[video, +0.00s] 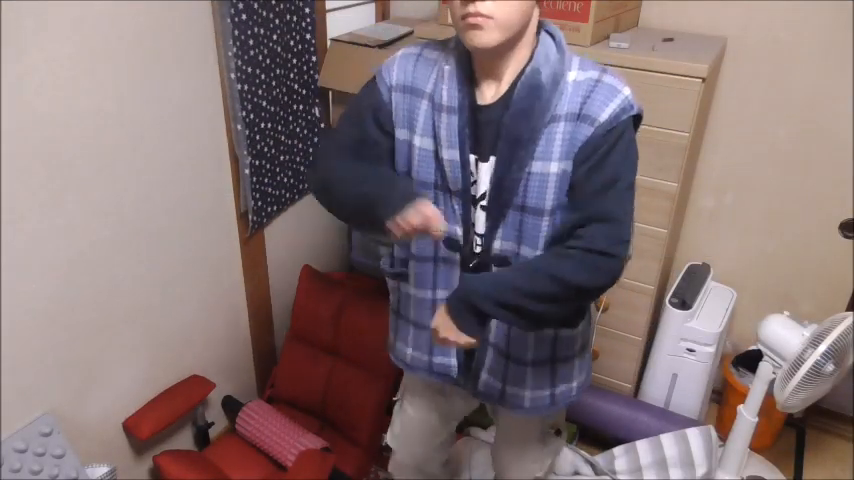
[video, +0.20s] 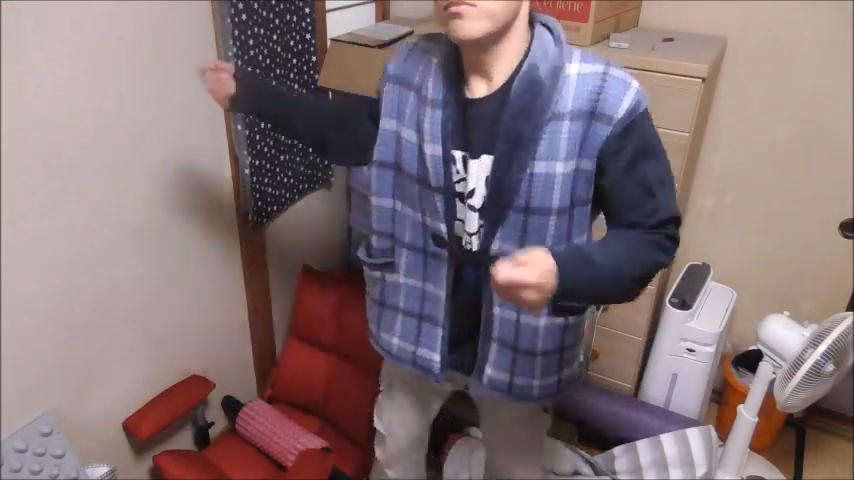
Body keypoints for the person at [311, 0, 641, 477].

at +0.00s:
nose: (470, 4)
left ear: (537, 3)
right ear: (448, 6)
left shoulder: (596, 105)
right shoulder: (406, 77)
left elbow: (599, 254)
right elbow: (333, 164)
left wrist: (477, 300)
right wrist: (389, 197)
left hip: (534, 356)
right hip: (432, 342)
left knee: (519, 471)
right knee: (410, 464)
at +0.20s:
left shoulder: (605, 100)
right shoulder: (411, 69)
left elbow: (652, 237)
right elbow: (366, 133)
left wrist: (564, 271)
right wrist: (250, 95)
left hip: (522, 345)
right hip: (418, 326)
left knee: (516, 469)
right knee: (395, 454)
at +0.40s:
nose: (427, 44)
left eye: (457, 21)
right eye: (414, 20)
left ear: (506, 48)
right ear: (401, 36)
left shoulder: (554, 181)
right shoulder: (392, 122)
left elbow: (578, 271)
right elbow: (385, 190)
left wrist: (506, 338)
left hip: (478, 366)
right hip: (387, 344)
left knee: (469, 469)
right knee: (373, 452)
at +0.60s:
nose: (398, 30)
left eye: (427, 10)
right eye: (386, 9)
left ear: (477, 26)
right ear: (370, 21)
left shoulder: (540, 144)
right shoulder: (375, 107)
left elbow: (600, 245)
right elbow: (322, 95)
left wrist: (532, 321)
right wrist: (255, 54)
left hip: (482, 353)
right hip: (390, 339)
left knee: (476, 466)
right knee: (382, 455)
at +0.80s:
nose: (397, 13)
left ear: (476, 5)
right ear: (372, 10)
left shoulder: (556, 104)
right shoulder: (383, 113)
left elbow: (603, 214)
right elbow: (379, 201)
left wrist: (559, 306)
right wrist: (317, 160)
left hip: (528, 337)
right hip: (428, 332)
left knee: (520, 470)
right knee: (397, 461)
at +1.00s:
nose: (392, 39)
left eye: (420, 16)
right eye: (378, 17)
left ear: (470, 29)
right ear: (366, 29)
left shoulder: (556, 119)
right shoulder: (394, 149)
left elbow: (625, 229)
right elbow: (409, 241)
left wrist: (602, 327)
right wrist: (328, 227)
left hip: (546, 403)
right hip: (449, 398)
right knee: (415, 471)